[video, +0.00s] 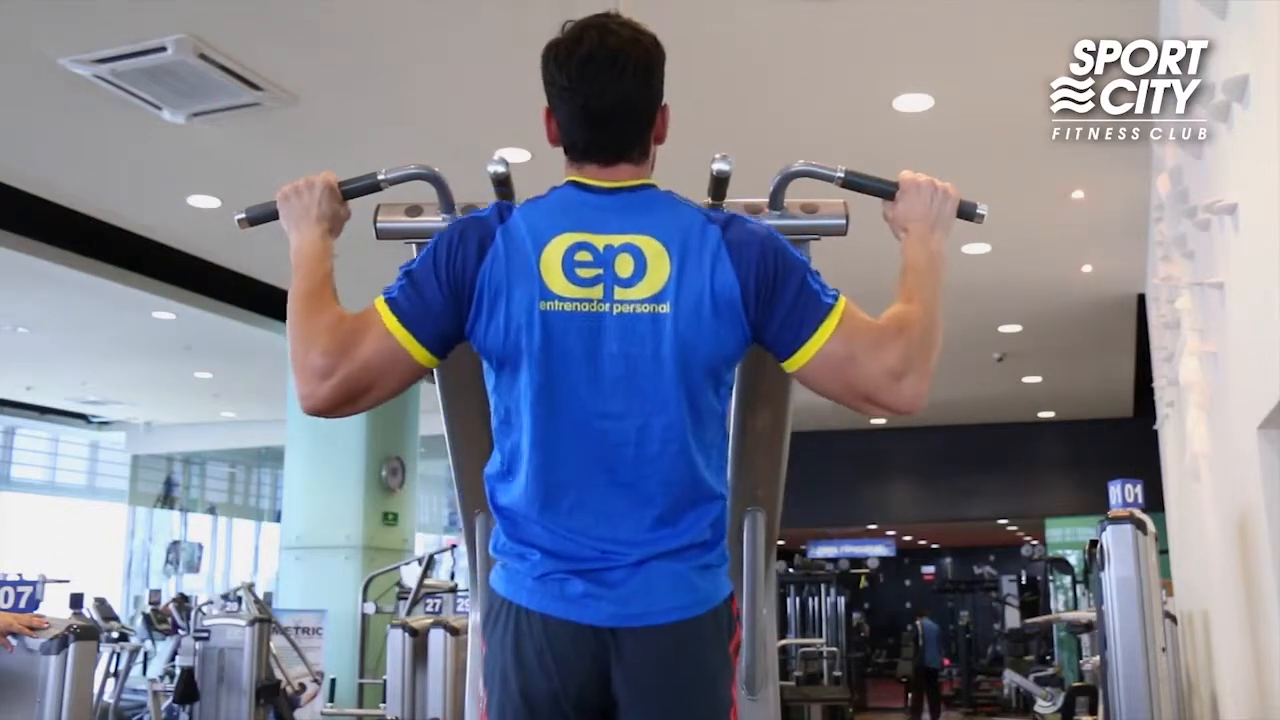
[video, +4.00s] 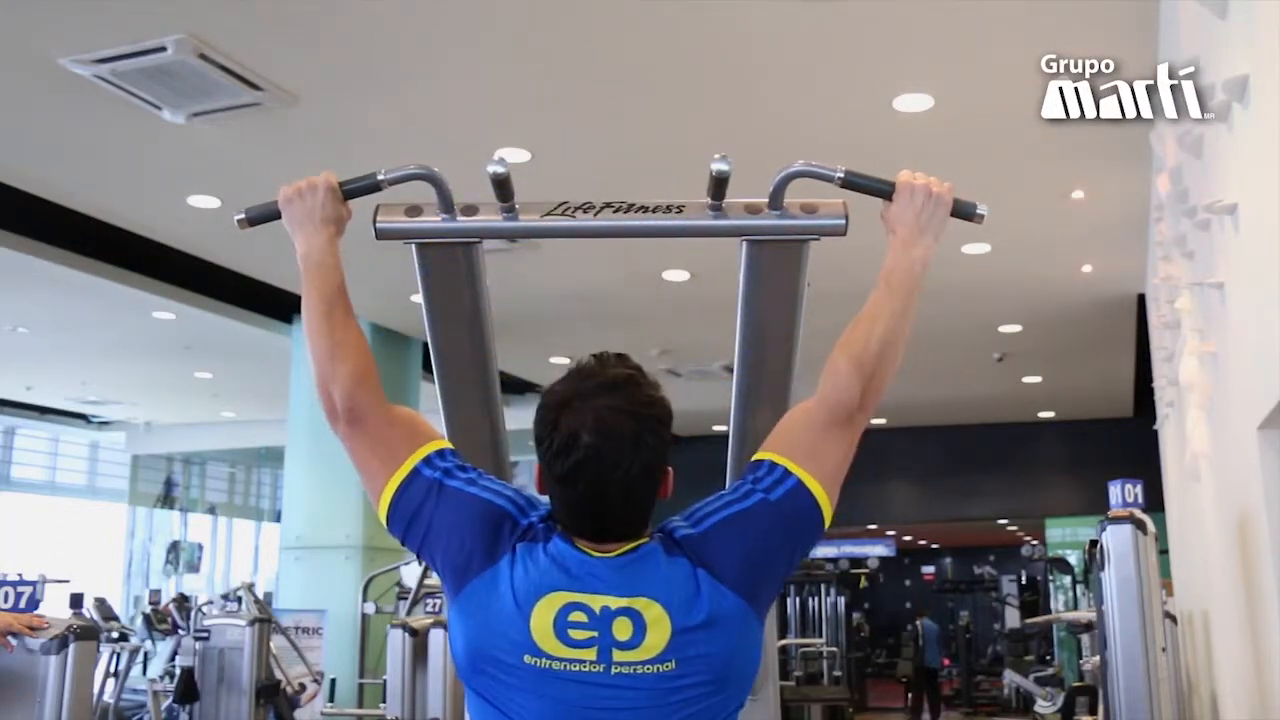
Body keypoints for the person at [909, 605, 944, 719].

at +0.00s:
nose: (916, 618)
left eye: (916, 616)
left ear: (917, 615)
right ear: (928, 614)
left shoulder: (917, 625)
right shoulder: (935, 627)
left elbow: (917, 644)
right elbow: (938, 645)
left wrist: (914, 659)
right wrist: (939, 659)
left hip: (921, 663)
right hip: (934, 664)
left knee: (918, 692)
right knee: (933, 691)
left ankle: (916, 715)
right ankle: (935, 715)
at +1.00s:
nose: (916, 618)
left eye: (916, 616)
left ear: (917, 615)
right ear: (928, 614)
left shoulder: (917, 626)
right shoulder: (935, 627)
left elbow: (916, 644)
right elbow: (938, 645)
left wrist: (914, 659)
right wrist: (939, 659)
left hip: (921, 664)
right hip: (934, 664)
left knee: (918, 692)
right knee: (933, 692)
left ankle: (916, 715)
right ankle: (935, 715)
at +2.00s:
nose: (916, 618)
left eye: (916, 616)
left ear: (917, 615)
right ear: (928, 614)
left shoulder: (917, 625)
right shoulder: (935, 627)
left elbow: (917, 644)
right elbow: (938, 645)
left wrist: (914, 659)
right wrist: (939, 659)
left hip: (921, 664)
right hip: (934, 664)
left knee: (918, 692)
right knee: (933, 691)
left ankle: (916, 715)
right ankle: (935, 715)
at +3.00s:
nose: (916, 618)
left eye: (916, 616)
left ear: (917, 615)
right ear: (928, 614)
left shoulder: (917, 625)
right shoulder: (935, 627)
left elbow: (917, 644)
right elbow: (938, 645)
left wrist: (914, 659)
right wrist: (939, 659)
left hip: (921, 664)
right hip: (934, 664)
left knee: (918, 692)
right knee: (933, 691)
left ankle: (916, 715)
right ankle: (935, 715)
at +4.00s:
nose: (916, 619)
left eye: (916, 616)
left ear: (917, 615)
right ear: (928, 614)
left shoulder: (917, 626)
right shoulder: (935, 627)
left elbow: (916, 644)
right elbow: (939, 645)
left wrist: (914, 659)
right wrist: (939, 659)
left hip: (920, 664)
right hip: (934, 664)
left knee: (918, 692)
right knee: (933, 692)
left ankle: (916, 715)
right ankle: (935, 715)